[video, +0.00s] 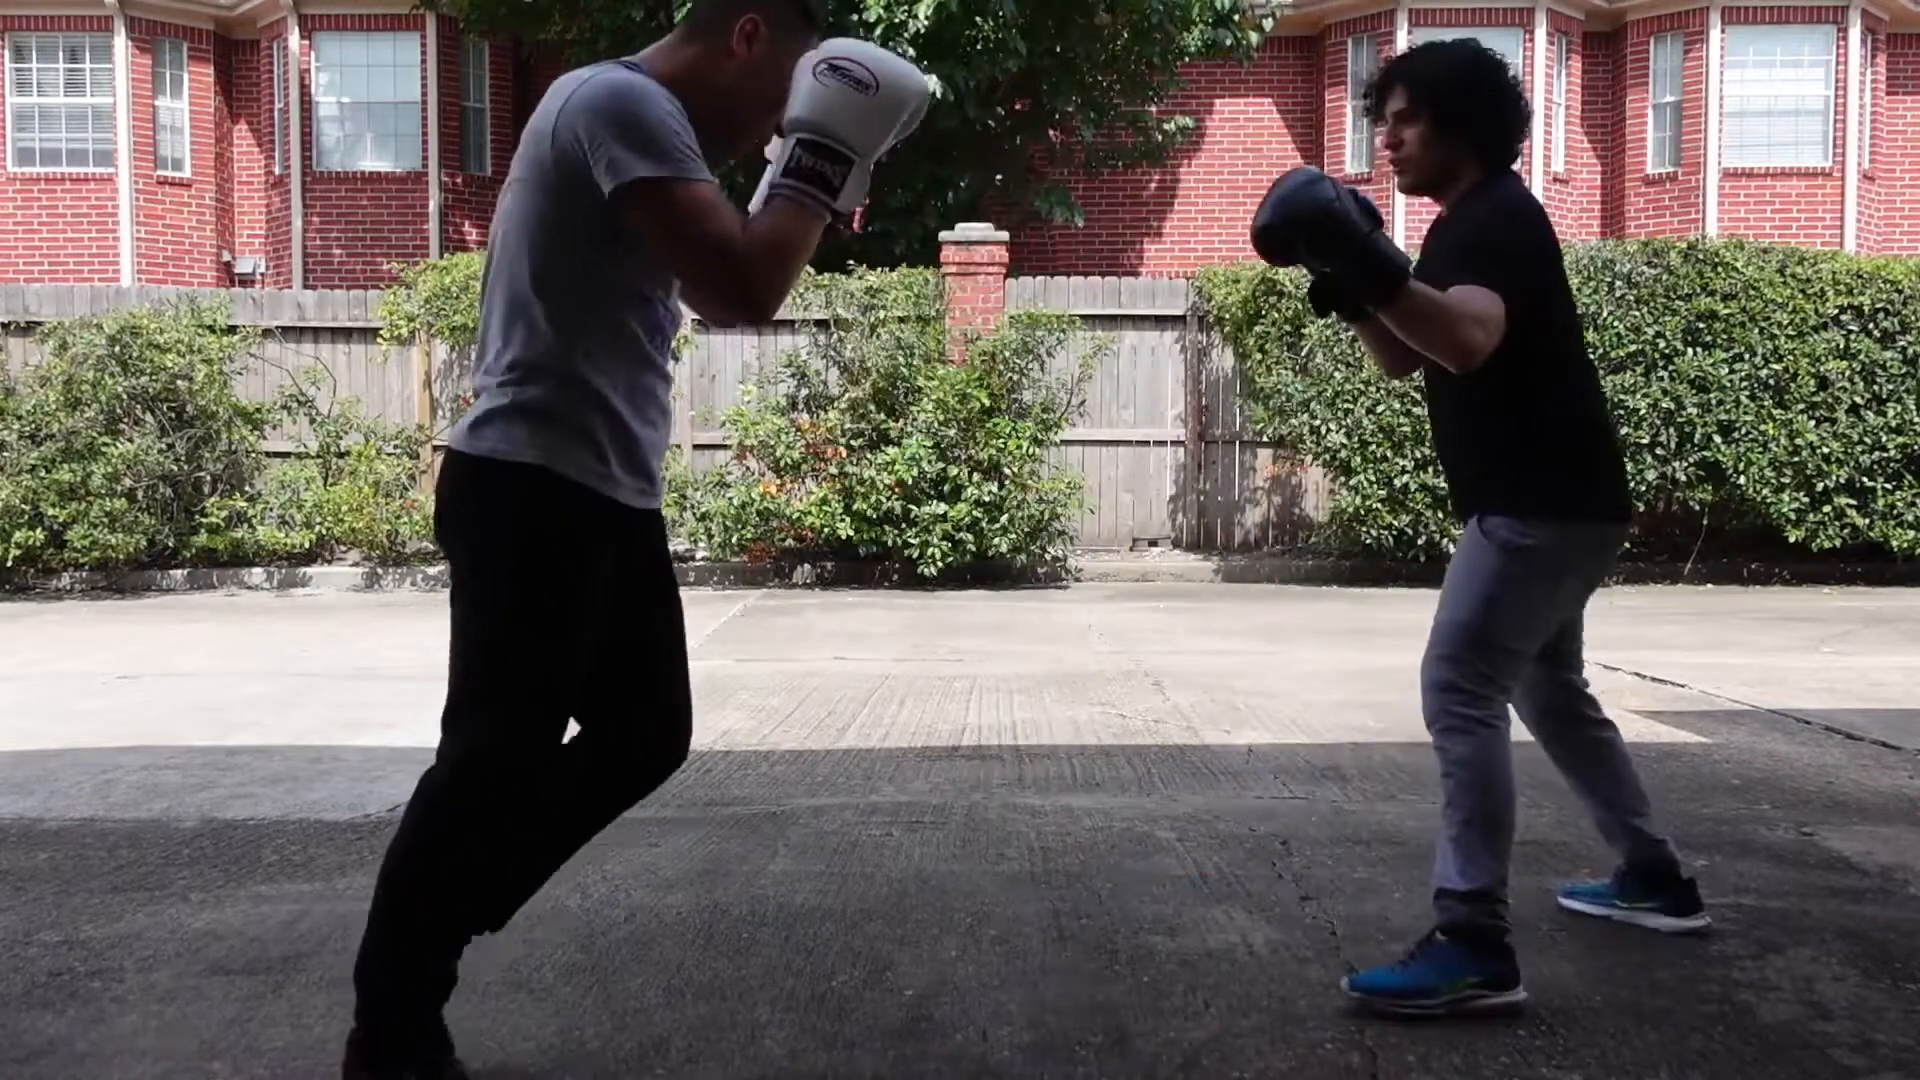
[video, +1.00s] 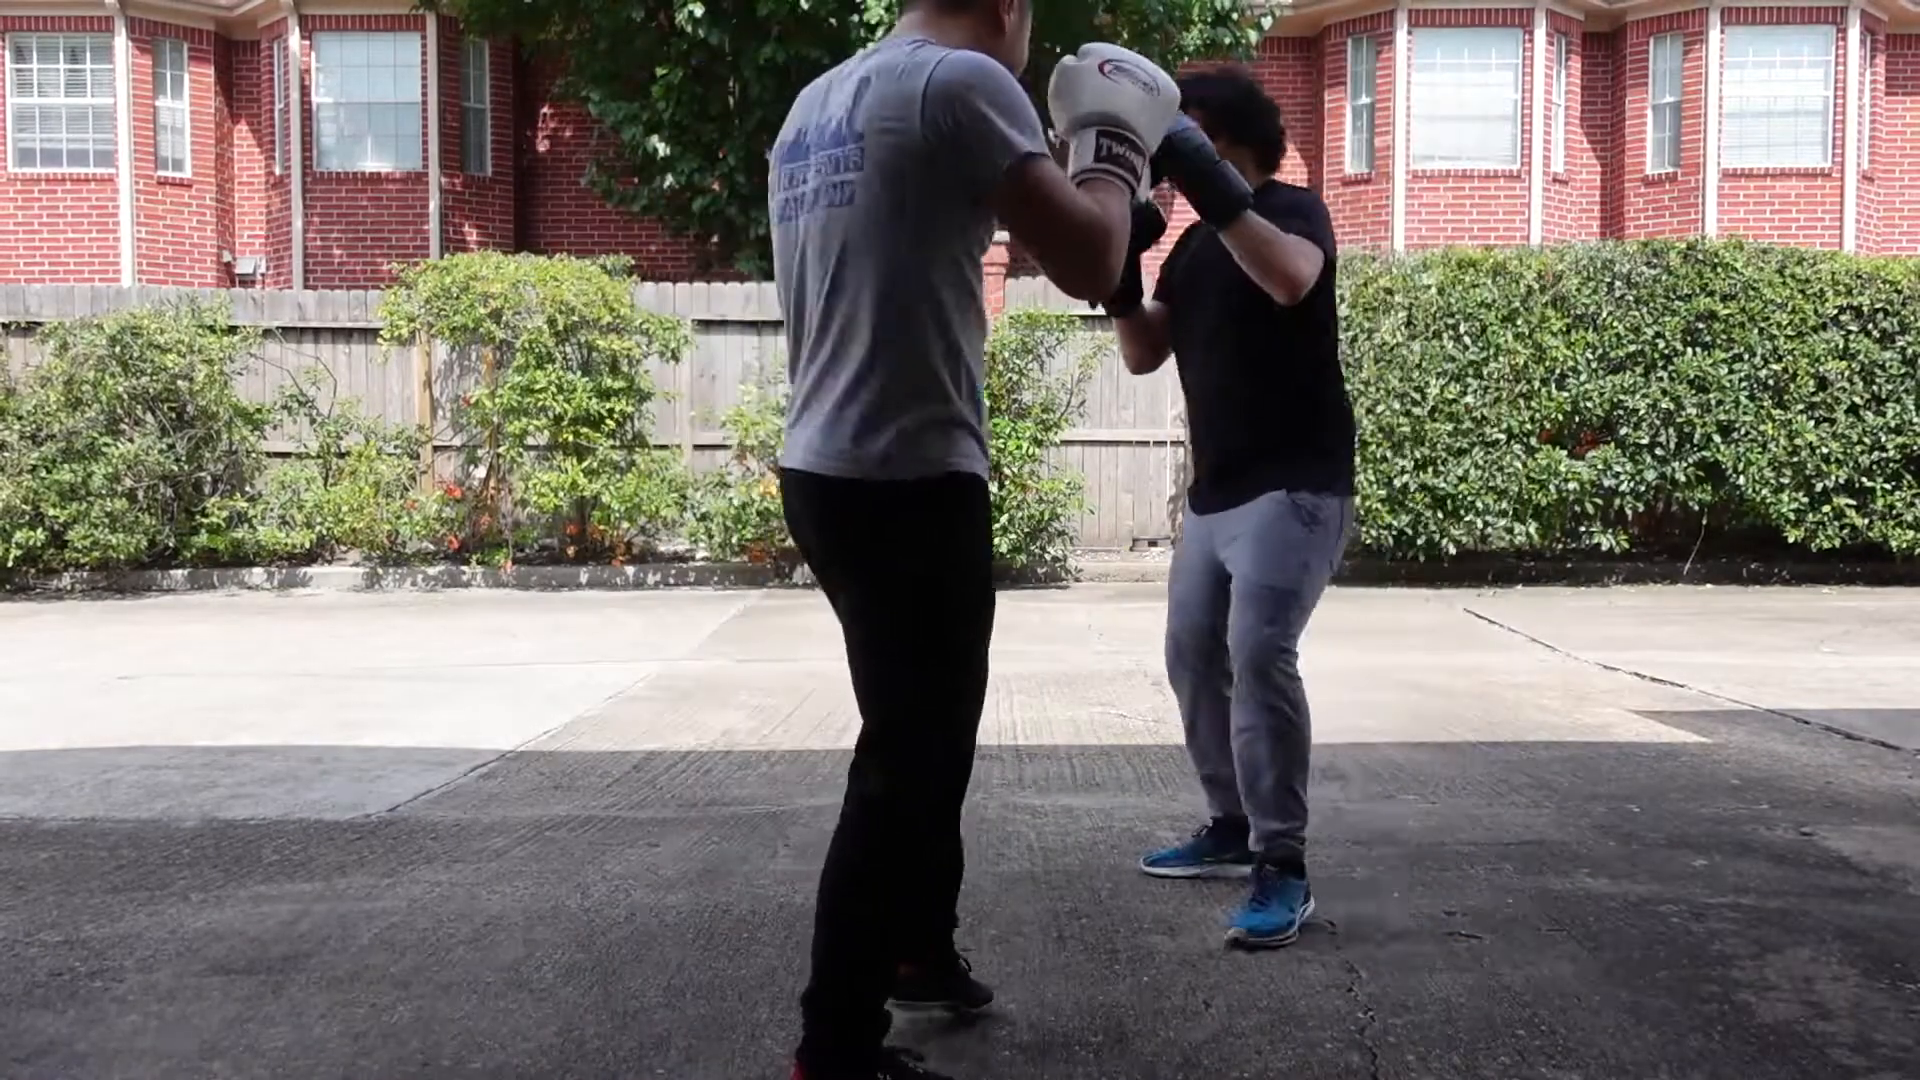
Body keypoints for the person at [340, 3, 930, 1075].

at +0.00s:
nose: (784, 99)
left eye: (793, 82)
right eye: (791, 72)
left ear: (724, 35)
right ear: (748, 35)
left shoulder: (646, 127)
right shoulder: (613, 101)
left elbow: (733, 296)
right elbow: (748, 280)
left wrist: (811, 197)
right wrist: (818, 152)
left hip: (604, 495)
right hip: (531, 485)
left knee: (646, 733)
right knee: (493, 754)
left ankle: (437, 928)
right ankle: (391, 1035)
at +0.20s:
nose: (817, 79)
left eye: (827, 60)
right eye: (822, 52)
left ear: (738, 24)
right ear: (772, 24)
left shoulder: (630, 106)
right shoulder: (682, 107)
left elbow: (705, 292)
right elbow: (829, 279)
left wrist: (811, 161)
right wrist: (871, 140)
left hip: (653, 503)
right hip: (612, 505)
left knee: (712, 756)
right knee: (523, 774)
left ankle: (772, 983)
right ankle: (391, 1031)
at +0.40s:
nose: (872, 87)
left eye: (879, 63)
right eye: (876, 56)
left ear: (791, 20)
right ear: (834, 23)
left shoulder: (701, 109)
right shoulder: (730, 100)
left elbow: (824, 281)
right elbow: (854, 274)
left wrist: (898, 193)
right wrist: (936, 181)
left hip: (726, 491)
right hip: (728, 495)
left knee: (775, 750)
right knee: (767, 758)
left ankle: (787, 989)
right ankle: (568, 984)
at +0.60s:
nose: (938, 60)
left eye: (944, 40)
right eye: (939, 33)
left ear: (842, 15)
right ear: (898, 14)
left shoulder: (760, 99)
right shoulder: (801, 100)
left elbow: (876, 271)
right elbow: (947, 263)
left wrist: (938, 157)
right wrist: (986, 136)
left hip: (773, 480)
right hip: (813, 485)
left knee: (855, 739)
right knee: (892, 761)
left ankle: (805, 961)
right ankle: (840, 1046)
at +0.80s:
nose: (994, 46)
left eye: (996, 29)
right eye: (996, 25)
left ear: (881, 3)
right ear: (969, 8)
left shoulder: (789, 96)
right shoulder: (897, 77)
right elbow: (1031, 249)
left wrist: (1012, 148)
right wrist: (1073, 131)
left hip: (805, 458)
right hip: (858, 465)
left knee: (955, 666)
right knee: (892, 738)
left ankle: (918, 931)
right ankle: (838, 1044)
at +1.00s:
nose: (1020, 33)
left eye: (1020, 23)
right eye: (1022, 23)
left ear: (910, 6)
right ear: (1002, 13)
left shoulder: (811, 105)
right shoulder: (961, 82)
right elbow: (1094, 260)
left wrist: (1065, 185)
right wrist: (1118, 149)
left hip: (827, 471)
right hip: (915, 478)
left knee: (924, 731)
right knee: (908, 753)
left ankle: (919, 956)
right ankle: (839, 1041)